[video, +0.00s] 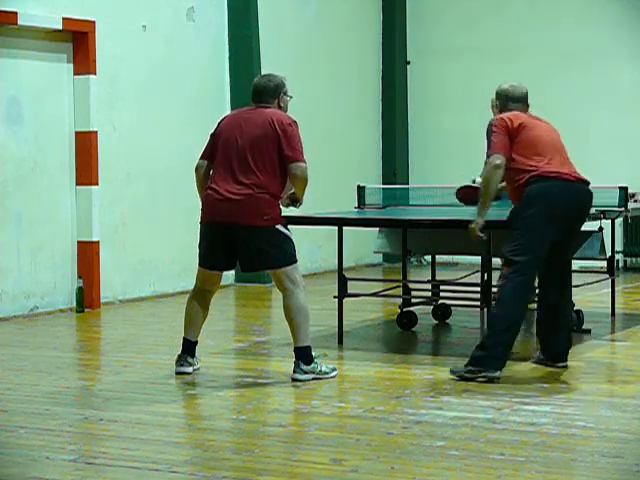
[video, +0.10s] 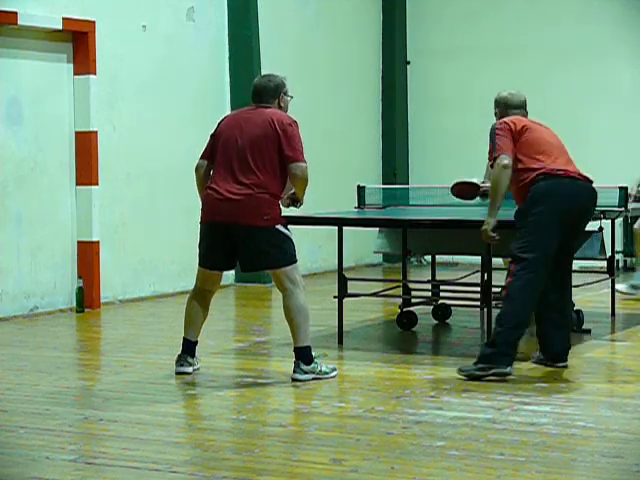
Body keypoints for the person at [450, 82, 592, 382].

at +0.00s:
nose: (492, 113)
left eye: (493, 109)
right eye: (492, 109)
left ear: (499, 106)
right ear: (526, 107)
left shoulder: (502, 121)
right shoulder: (542, 124)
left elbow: (497, 163)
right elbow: (547, 164)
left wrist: (481, 215)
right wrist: (505, 185)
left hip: (543, 193)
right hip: (578, 193)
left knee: (518, 273)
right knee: (555, 269)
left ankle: (487, 362)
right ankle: (554, 353)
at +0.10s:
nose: (495, 119)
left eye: (494, 115)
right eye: (497, 116)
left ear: (498, 114)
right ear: (524, 112)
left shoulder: (504, 124)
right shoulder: (539, 128)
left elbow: (504, 163)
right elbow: (542, 165)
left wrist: (492, 216)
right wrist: (496, 180)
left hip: (549, 191)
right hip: (583, 193)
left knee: (528, 270)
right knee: (557, 268)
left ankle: (497, 358)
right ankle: (554, 353)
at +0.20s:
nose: (495, 120)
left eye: (495, 115)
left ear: (498, 114)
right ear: (523, 111)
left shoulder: (506, 122)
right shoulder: (538, 128)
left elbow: (510, 157)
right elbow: (552, 165)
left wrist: (498, 211)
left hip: (553, 187)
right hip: (586, 188)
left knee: (532, 268)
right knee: (561, 269)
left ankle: (506, 357)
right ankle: (555, 353)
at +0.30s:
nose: (499, 115)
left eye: (498, 111)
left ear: (500, 107)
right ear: (527, 106)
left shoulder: (507, 116)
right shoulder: (541, 122)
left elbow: (512, 149)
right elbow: (553, 159)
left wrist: (507, 205)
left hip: (552, 182)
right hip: (586, 182)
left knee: (539, 267)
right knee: (567, 267)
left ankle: (524, 352)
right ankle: (556, 351)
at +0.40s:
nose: (505, 100)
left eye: (504, 95)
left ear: (505, 94)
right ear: (532, 94)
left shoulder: (509, 108)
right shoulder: (546, 113)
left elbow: (514, 144)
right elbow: (548, 151)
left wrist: (510, 198)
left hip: (549, 179)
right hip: (583, 180)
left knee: (541, 264)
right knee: (569, 264)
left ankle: (535, 351)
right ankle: (559, 350)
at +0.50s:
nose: (511, 92)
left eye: (509, 86)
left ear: (510, 85)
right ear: (538, 85)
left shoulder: (513, 102)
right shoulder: (554, 110)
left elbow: (515, 143)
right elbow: (564, 152)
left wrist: (507, 199)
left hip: (550, 179)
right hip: (582, 180)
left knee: (540, 265)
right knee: (566, 265)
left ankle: (538, 353)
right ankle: (559, 350)